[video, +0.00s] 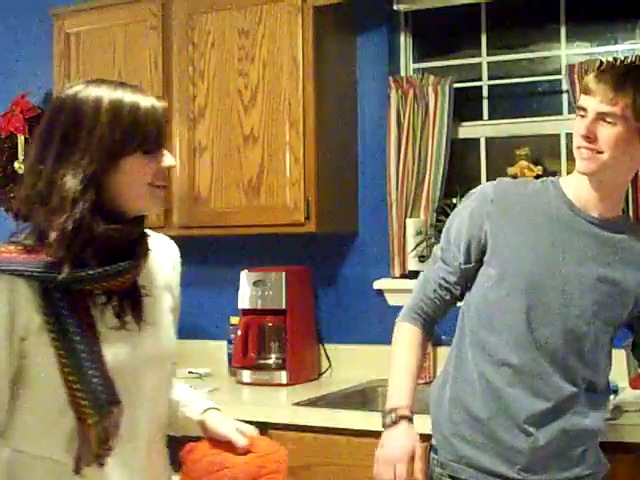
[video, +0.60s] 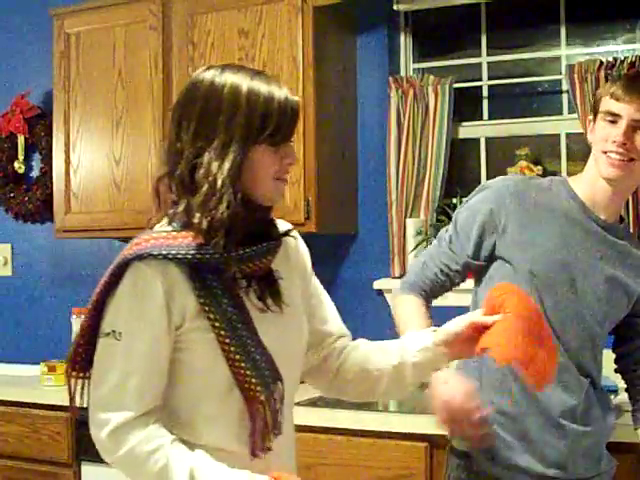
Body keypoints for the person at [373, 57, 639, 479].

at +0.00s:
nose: (585, 130)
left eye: (608, 119)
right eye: (582, 113)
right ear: (572, 116)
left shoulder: (633, 254)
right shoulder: (494, 205)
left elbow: (636, 369)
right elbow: (416, 315)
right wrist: (398, 420)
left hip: (570, 466)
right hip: (463, 460)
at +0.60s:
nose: (622, 139)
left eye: (637, 128)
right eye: (613, 121)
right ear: (590, 125)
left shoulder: (632, 261)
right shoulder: (509, 199)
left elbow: (635, 380)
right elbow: (408, 293)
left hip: (582, 462)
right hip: (490, 456)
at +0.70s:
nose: (618, 142)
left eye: (636, 130)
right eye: (607, 122)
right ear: (584, 123)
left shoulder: (633, 260)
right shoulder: (506, 204)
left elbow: (637, 381)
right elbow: (419, 315)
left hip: (586, 467)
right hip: (491, 460)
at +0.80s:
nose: (622, 147)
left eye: (638, 135)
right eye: (611, 126)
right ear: (581, 125)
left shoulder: (630, 255)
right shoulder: (507, 202)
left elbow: (630, 365)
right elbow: (440, 322)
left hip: (587, 463)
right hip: (493, 459)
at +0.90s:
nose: (630, 149)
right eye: (617, 129)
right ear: (581, 127)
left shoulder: (624, 255)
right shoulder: (511, 200)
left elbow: (635, 375)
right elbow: (446, 331)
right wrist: (564, 283)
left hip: (588, 459)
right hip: (498, 456)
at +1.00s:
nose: (633, 150)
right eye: (620, 129)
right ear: (582, 128)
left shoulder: (622, 257)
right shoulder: (513, 200)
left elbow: (631, 383)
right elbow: (443, 327)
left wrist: (631, 462)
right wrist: (569, 286)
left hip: (583, 458)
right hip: (490, 457)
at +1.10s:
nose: (626, 150)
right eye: (614, 130)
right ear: (582, 129)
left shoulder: (622, 265)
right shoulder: (513, 201)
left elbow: (626, 409)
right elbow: (430, 320)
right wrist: (559, 300)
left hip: (578, 466)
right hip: (484, 461)